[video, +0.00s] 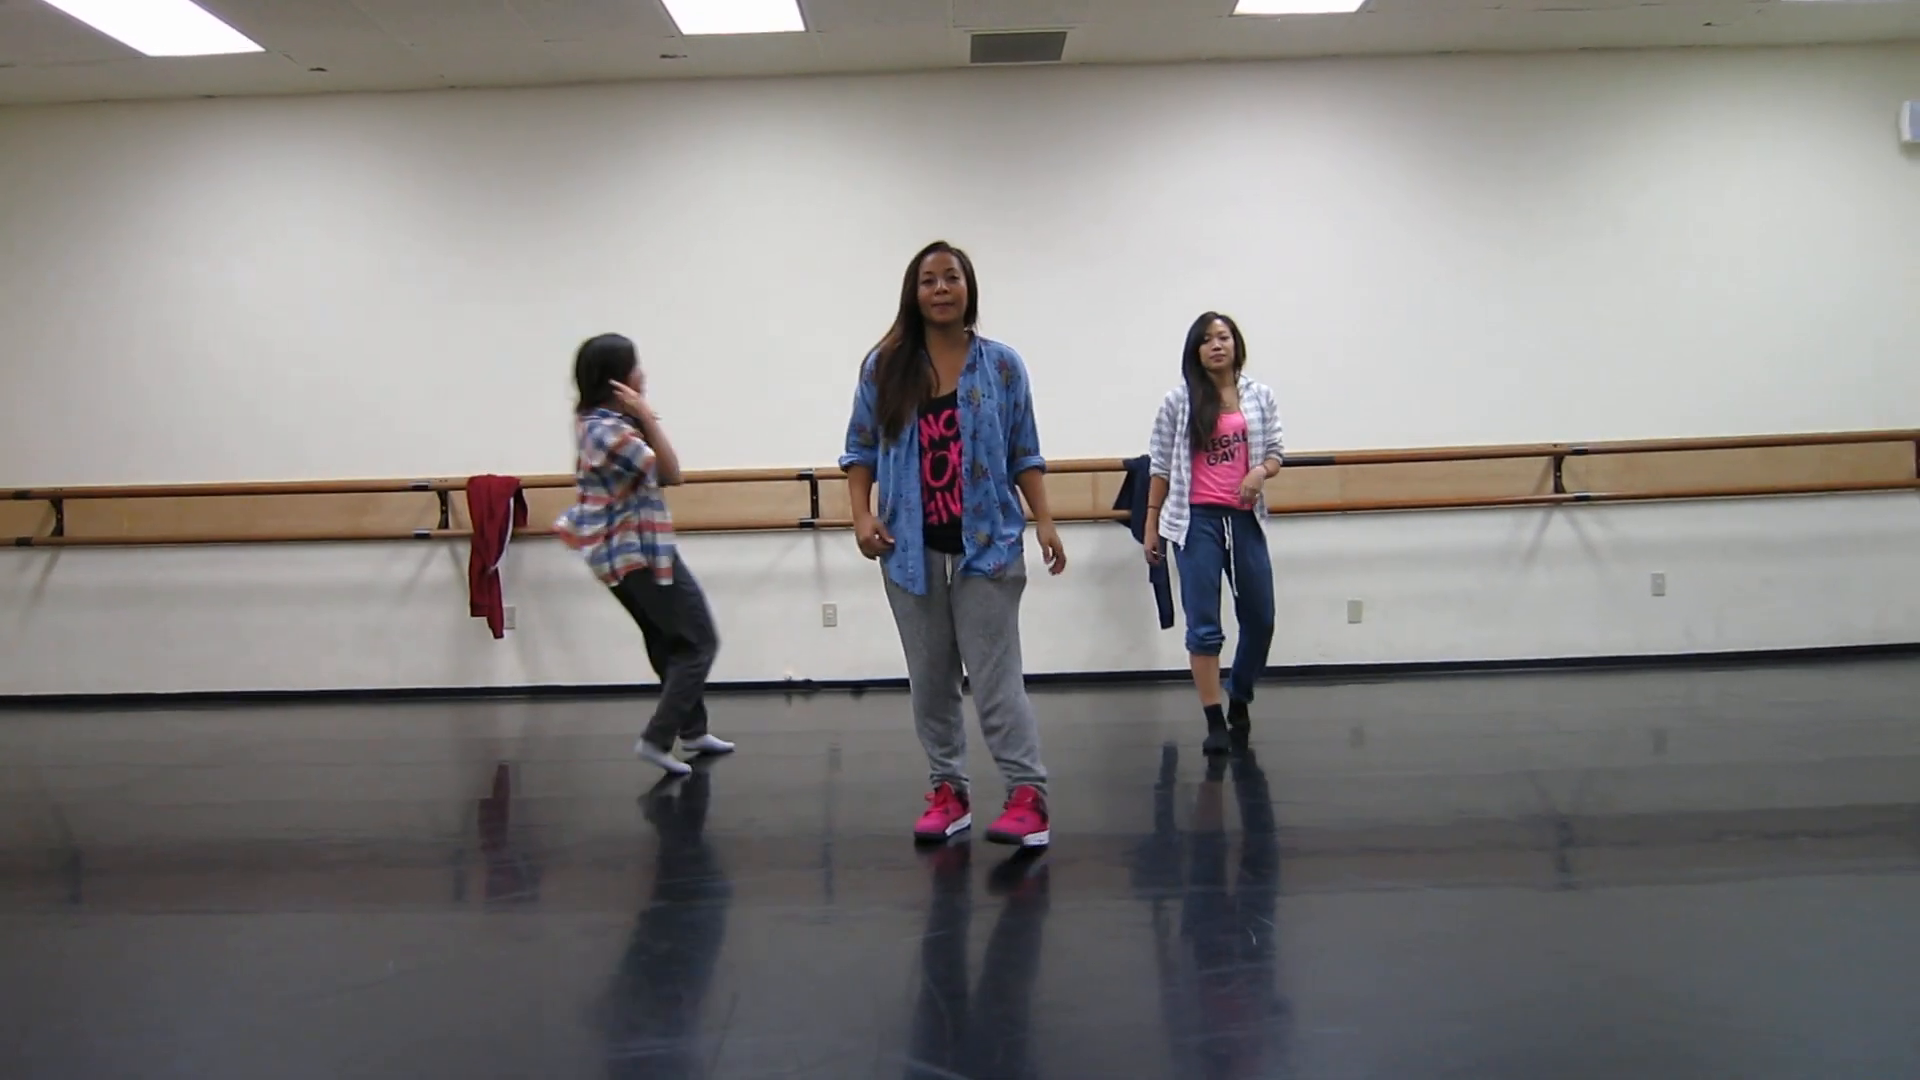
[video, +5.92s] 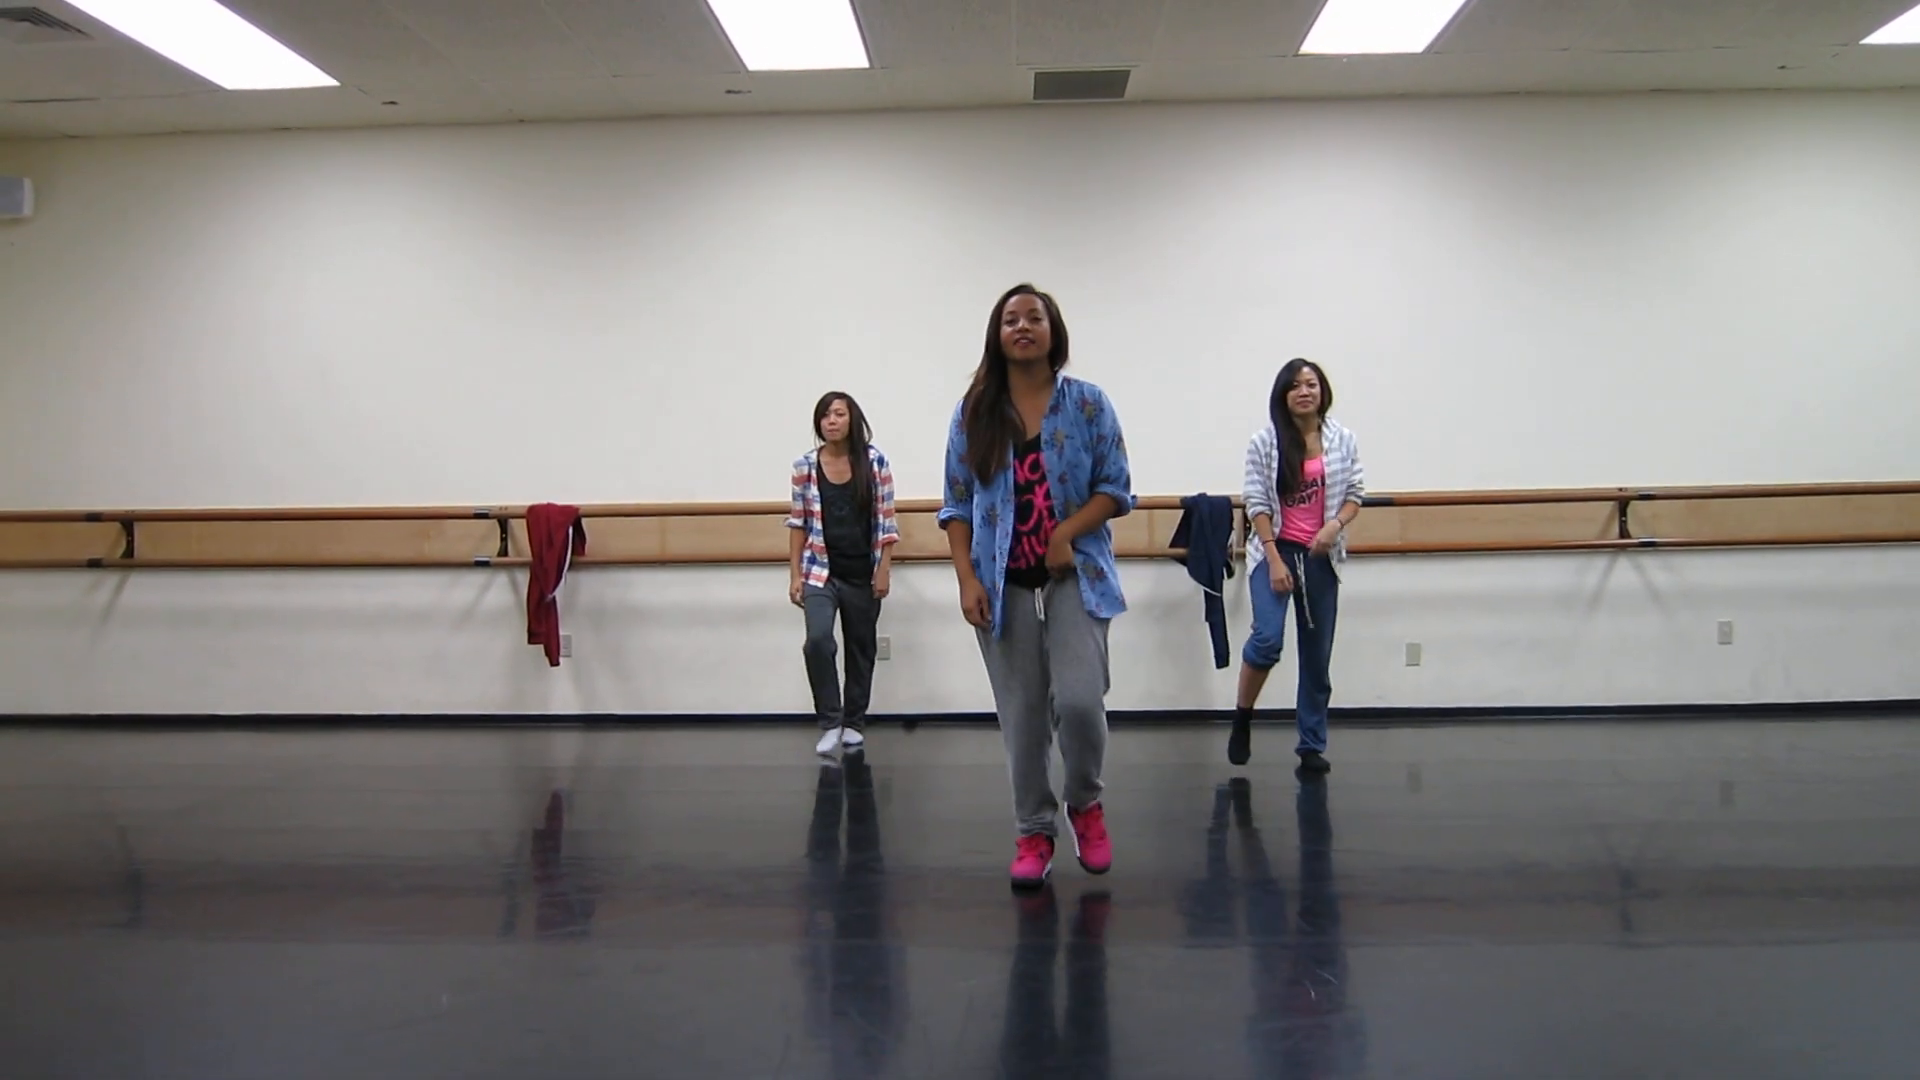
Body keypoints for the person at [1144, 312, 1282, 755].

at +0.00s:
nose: (1217, 345)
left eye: (1223, 337)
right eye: (1207, 340)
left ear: (1237, 344)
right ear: (1195, 351)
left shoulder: (1259, 396)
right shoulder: (1177, 402)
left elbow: (1275, 455)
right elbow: (1159, 470)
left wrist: (1260, 471)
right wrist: (1151, 526)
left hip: (1245, 519)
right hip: (1194, 519)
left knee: (1260, 617)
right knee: (1203, 621)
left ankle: (1240, 697)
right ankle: (1214, 721)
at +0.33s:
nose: (1229, 360)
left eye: (1236, 352)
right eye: (1219, 354)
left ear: (1248, 359)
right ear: (1208, 365)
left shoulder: (1266, 407)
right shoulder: (1192, 412)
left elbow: (1270, 475)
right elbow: (1164, 471)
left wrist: (1297, 447)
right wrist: (1184, 471)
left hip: (1256, 527)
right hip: (1211, 527)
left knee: (1249, 622)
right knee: (1218, 618)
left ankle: (1237, 712)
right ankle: (1222, 715)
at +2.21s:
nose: (1208, 368)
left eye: (1215, 361)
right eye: (1199, 363)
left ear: (1227, 369)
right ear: (1187, 373)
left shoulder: (1246, 416)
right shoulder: (1169, 419)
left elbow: (1258, 483)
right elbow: (1157, 482)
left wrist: (1254, 446)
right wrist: (1198, 476)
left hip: (1238, 536)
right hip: (1189, 535)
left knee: (1248, 641)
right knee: (1173, 632)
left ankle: (1256, 729)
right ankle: (1161, 718)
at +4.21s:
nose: (1201, 390)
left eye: (1210, 384)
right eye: (1193, 383)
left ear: (1222, 392)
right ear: (1180, 389)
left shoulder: (1237, 438)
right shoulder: (1157, 436)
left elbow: (1243, 503)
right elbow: (1137, 494)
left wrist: (1247, 479)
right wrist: (1164, 500)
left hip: (1219, 555)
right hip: (1169, 554)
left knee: (1236, 653)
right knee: (1169, 655)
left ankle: (1257, 747)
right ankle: (1171, 744)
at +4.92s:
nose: (1229, 395)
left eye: (1236, 388)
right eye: (1220, 389)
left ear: (1248, 397)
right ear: (1206, 398)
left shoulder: (1264, 445)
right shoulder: (1184, 447)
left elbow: (1274, 495)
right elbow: (1168, 507)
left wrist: (1275, 512)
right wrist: (1192, 545)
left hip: (1253, 562)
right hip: (1200, 561)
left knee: (1283, 657)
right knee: (1191, 658)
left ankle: (1307, 748)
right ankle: (1176, 753)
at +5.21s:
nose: (1276, 392)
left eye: (1283, 385)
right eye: (1268, 387)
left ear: (1295, 393)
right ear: (1254, 397)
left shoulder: (1313, 440)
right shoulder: (1236, 448)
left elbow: (1323, 491)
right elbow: (1226, 512)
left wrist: (1333, 504)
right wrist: (1223, 569)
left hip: (1306, 558)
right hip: (1256, 559)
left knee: (1308, 657)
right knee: (1228, 647)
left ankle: (1311, 747)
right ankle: (1200, 745)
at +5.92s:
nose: (1305, 391)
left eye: (1311, 384)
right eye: (1296, 386)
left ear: (1323, 391)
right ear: (1283, 395)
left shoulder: (1342, 439)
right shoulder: (1264, 442)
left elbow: (1355, 495)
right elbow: (1256, 504)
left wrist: (1335, 525)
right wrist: (1273, 557)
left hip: (1319, 554)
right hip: (1273, 552)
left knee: (1316, 658)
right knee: (1267, 642)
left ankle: (1311, 748)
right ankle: (1242, 720)